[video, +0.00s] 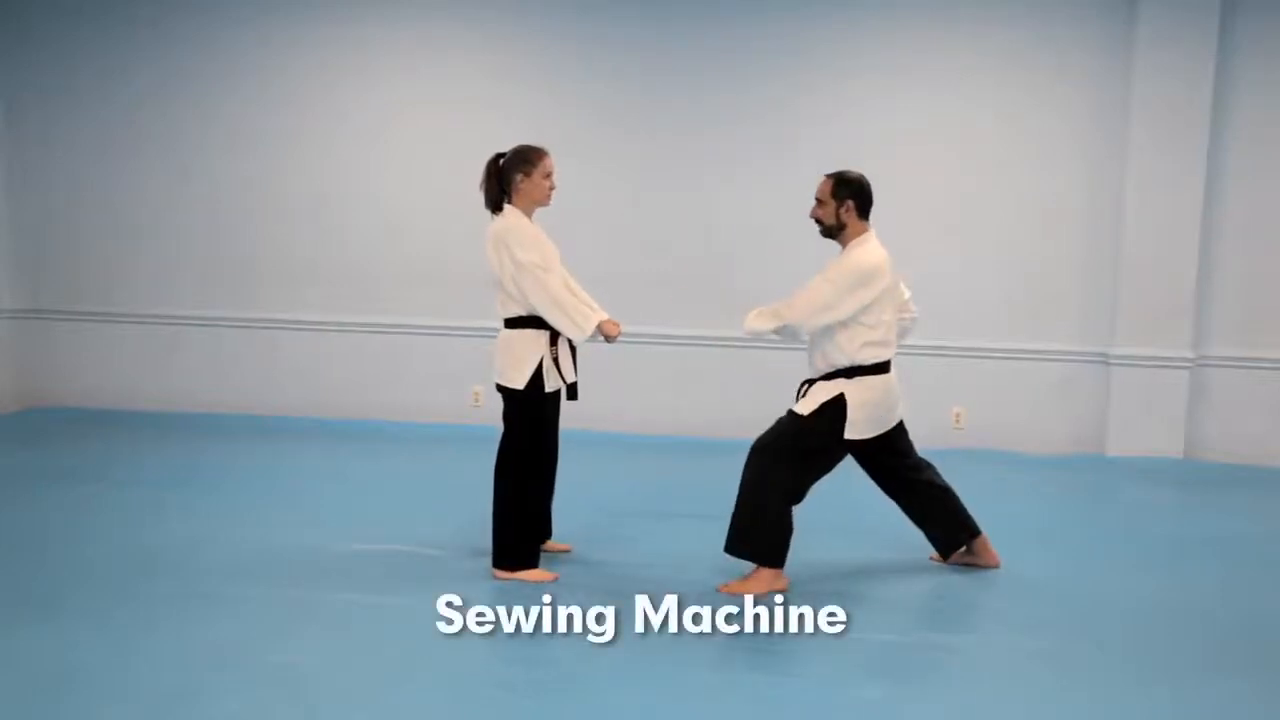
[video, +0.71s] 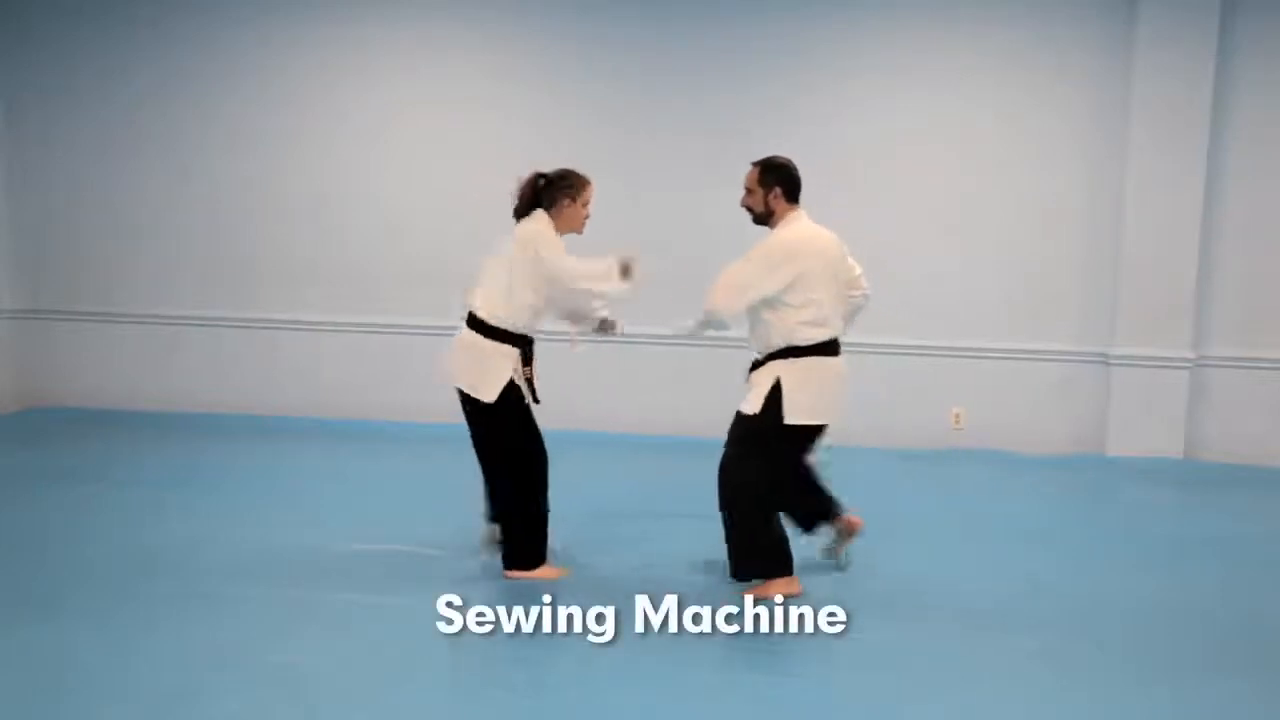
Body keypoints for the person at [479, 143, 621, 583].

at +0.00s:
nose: (553, 185)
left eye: (553, 177)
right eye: (546, 177)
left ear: (525, 183)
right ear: (519, 182)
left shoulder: (528, 228)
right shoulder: (511, 230)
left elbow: (562, 279)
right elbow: (544, 289)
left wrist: (598, 316)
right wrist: (594, 324)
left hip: (545, 352)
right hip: (526, 354)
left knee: (542, 452)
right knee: (521, 457)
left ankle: (534, 537)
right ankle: (510, 562)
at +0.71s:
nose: (589, 215)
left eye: (589, 206)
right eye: (585, 206)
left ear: (558, 204)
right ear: (564, 204)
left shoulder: (529, 233)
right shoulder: (540, 235)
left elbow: (554, 295)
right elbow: (564, 278)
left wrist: (594, 317)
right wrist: (615, 271)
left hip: (480, 360)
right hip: (493, 366)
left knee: (508, 457)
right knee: (529, 459)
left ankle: (516, 549)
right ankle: (524, 562)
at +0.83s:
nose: (576, 219)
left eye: (576, 211)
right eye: (571, 210)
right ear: (548, 206)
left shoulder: (542, 252)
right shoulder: (519, 238)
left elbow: (544, 309)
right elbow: (549, 228)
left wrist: (564, 330)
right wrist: (564, 213)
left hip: (467, 366)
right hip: (478, 371)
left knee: (448, 452)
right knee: (525, 462)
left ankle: (386, 510)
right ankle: (521, 562)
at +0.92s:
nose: (560, 221)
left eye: (560, 213)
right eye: (556, 213)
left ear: (541, 217)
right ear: (535, 215)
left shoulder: (534, 259)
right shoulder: (501, 245)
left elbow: (538, 311)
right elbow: (495, 223)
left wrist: (535, 340)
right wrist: (515, 199)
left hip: (462, 373)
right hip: (474, 377)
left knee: (409, 455)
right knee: (531, 465)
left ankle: (340, 512)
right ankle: (522, 562)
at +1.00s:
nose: (538, 224)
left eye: (537, 216)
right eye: (533, 216)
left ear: (511, 217)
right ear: (511, 218)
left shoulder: (512, 260)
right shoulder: (476, 248)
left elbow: (500, 334)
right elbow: (462, 228)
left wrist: (510, 392)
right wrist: (476, 195)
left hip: (439, 376)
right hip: (464, 382)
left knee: (391, 459)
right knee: (532, 466)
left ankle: (315, 521)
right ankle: (527, 563)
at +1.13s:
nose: (495, 230)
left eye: (495, 222)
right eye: (493, 222)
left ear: (449, 223)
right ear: (478, 224)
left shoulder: (414, 265)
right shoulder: (475, 263)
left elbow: (395, 321)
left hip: (400, 393)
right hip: (455, 398)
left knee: (354, 466)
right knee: (527, 458)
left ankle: (306, 547)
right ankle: (527, 553)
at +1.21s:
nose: (473, 229)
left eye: (469, 221)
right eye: (466, 224)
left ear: (415, 233)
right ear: (451, 233)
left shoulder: (383, 275)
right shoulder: (470, 273)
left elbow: (341, 305)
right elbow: (506, 286)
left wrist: (380, 329)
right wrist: (485, 247)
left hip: (392, 402)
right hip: (454, 404)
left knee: (336, 457)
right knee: (523, 459)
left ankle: (305, 548)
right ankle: (534, 551)